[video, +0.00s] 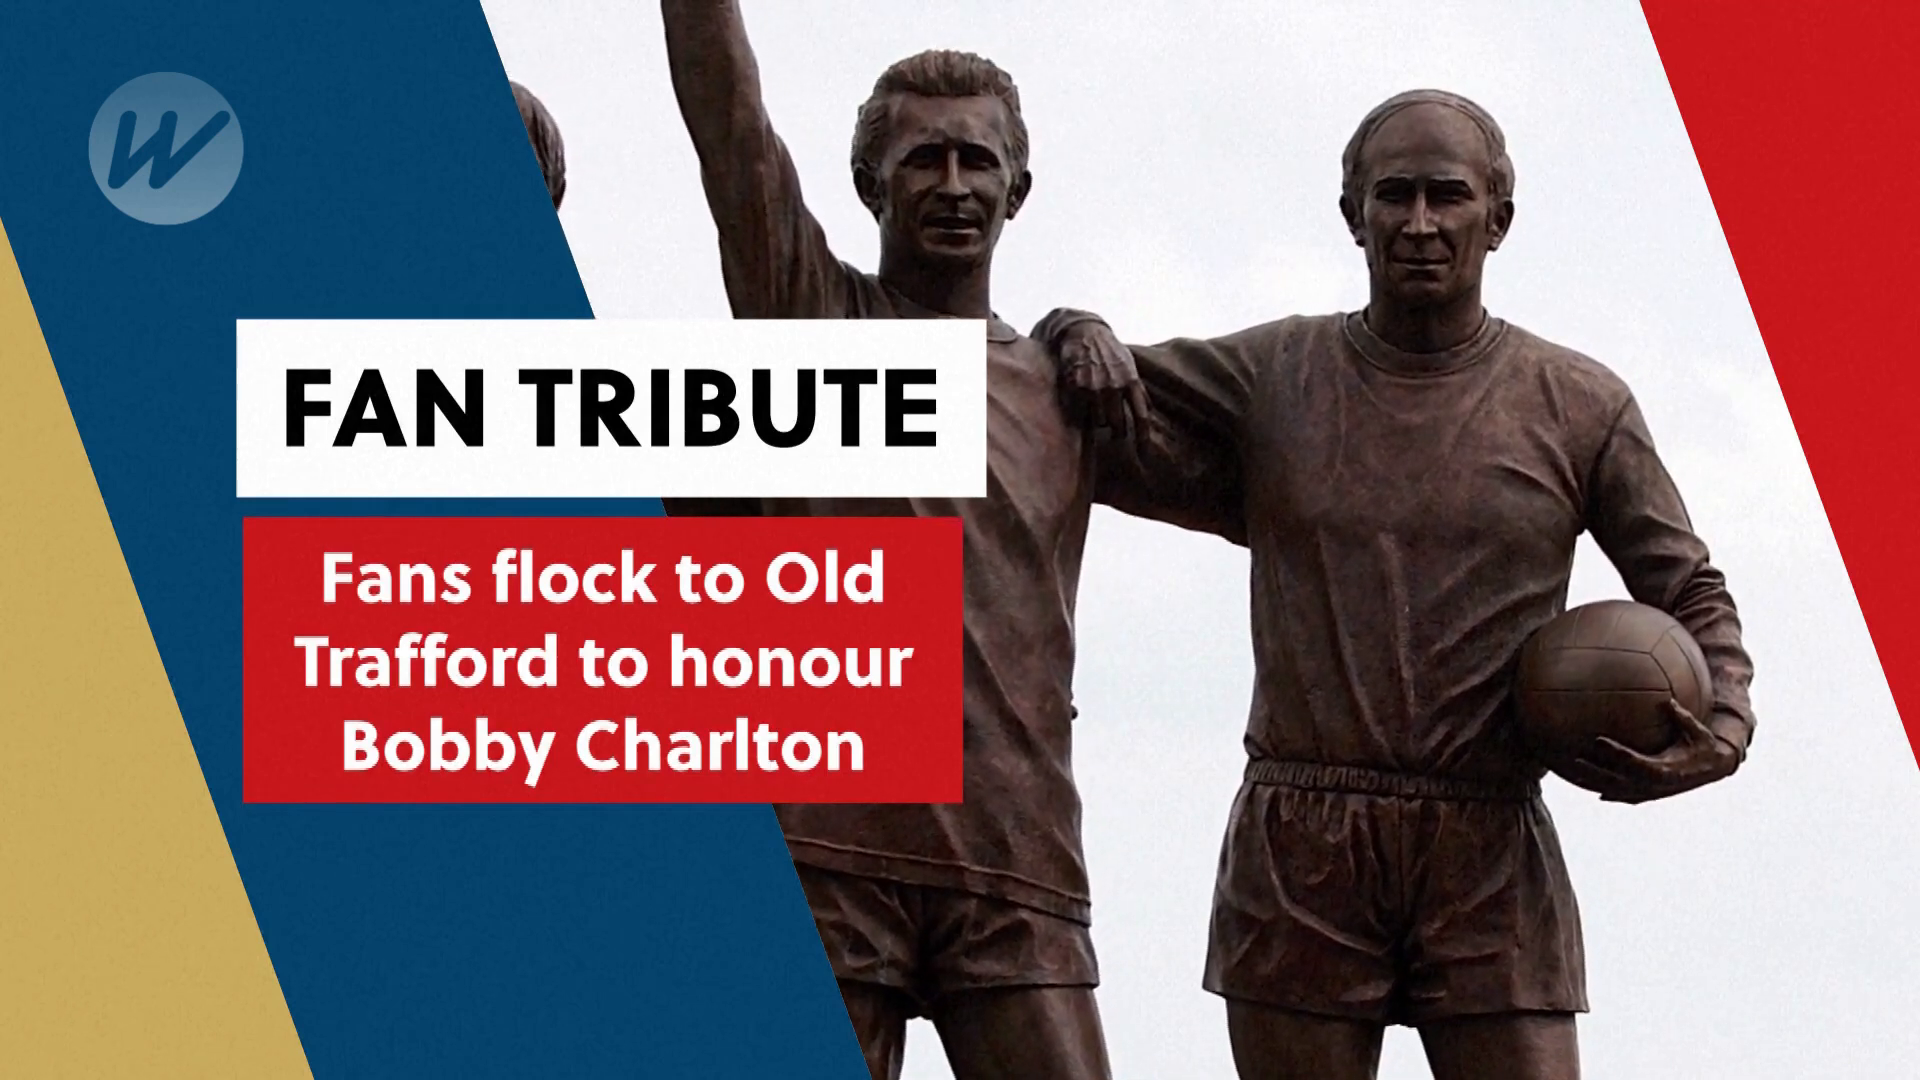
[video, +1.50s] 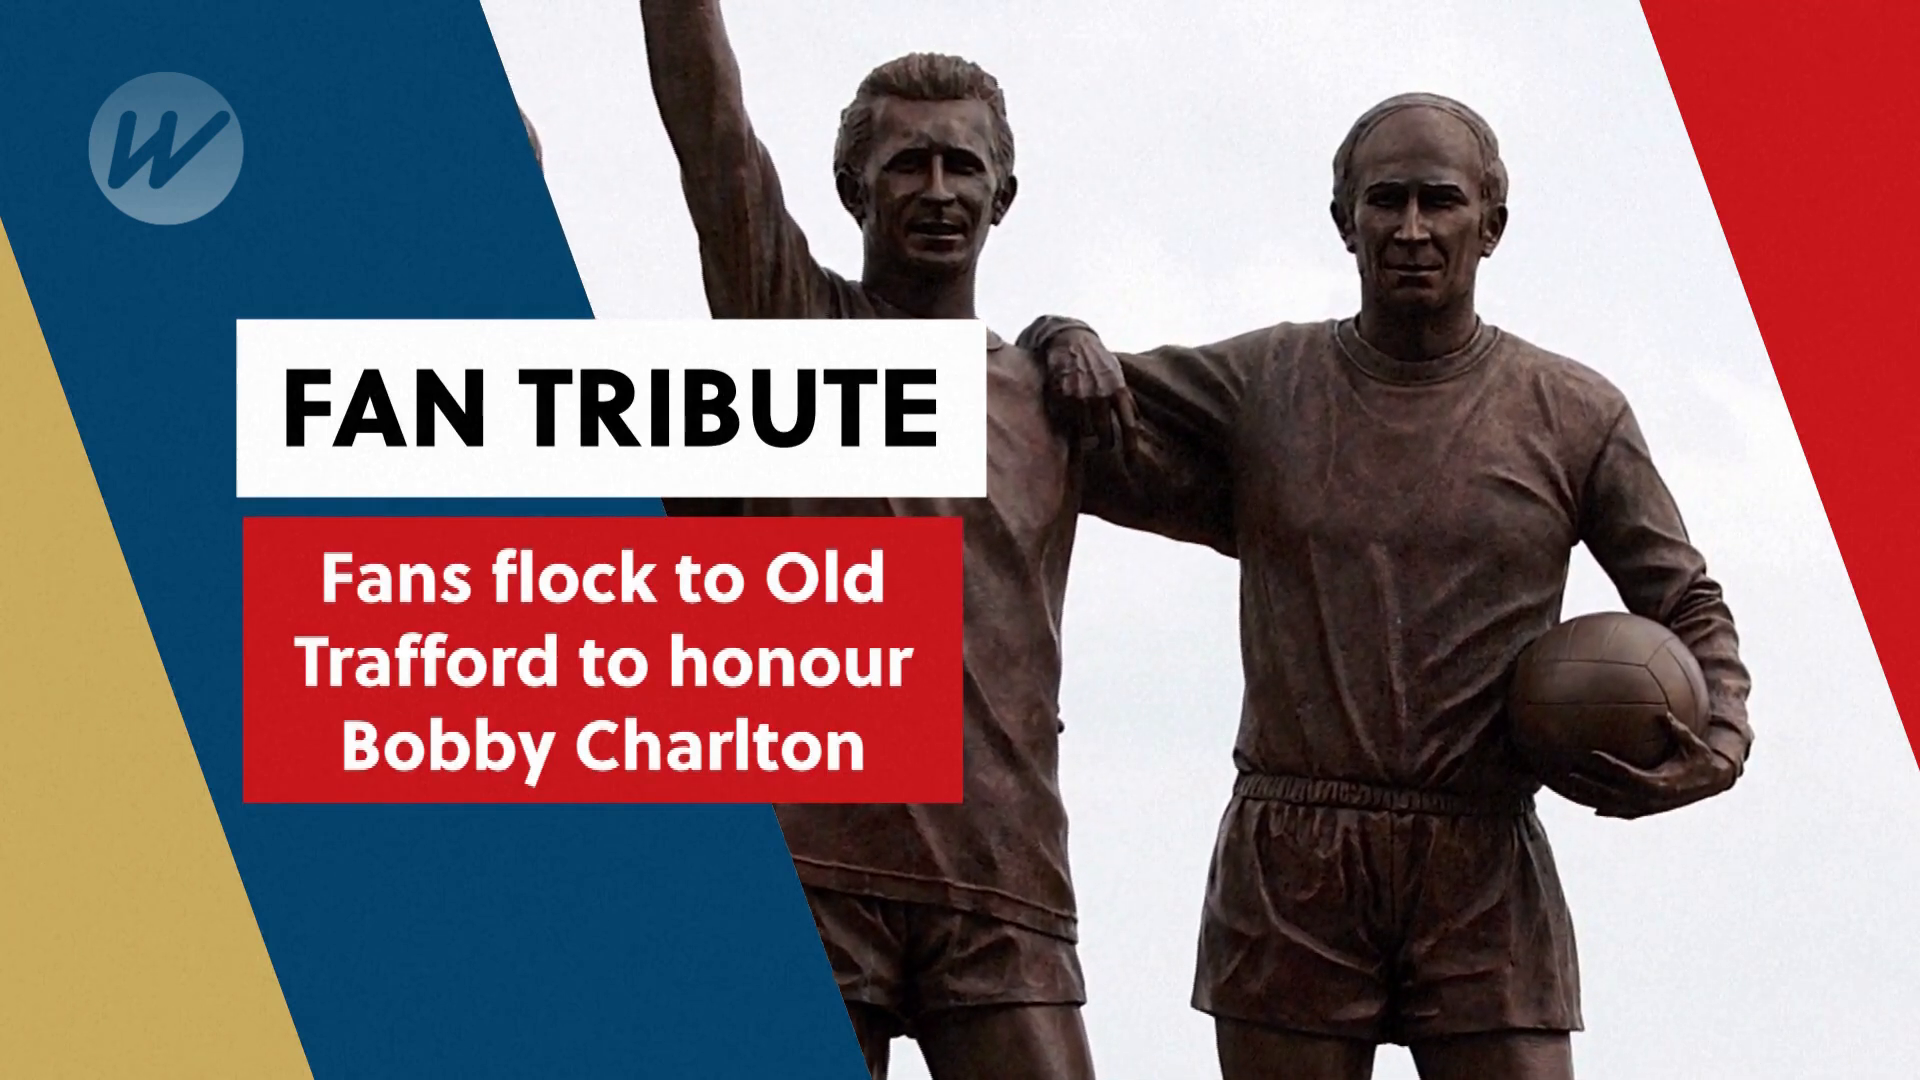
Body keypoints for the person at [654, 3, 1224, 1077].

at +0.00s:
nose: (955, 183)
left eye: (979, 159)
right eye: (924, 159)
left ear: (1017, 187)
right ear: (870, 183)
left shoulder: (1070, 393)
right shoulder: (808, 319)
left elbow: (1270, 487)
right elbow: (729, 125)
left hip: (1017, 867)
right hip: (824, 862)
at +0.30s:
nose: (950, 183)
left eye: (975, 159)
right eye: (920, 160)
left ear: (1013, 188)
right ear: (867, 187)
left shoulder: (1067, 393)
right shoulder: (805, 322)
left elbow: (1274, 491)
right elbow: (726, 131)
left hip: (1014, 870)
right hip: (820, 866)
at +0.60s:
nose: (947, 184)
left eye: (972, 161)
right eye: (917, 160)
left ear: (1010, 191)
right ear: (864, 187)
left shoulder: (1062, 397)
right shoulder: (799, 324)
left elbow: (1269, 491)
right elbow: (720, 124)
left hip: (1010, 874)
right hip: (817, 871)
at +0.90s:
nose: (945, 184)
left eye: (970, 161)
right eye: (915, 161)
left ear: (1008, 192)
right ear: (861, 188)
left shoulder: (1061, 398)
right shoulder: (796, 324)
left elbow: (1268, 495)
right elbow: (714, 121)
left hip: (1009, 874)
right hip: (816, 872)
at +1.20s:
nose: (943, 187)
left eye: (967, 163)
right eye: (912, 163)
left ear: (1005, 193)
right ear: (858, 189)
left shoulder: (1060, 403)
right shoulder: (792, 326)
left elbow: (1265, 502)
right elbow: (711, 125)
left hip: (1005, 879)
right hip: (812, 876)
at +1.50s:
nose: (938, 188)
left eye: (963, 164)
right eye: (906, 163)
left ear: (1002, 195)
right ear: (854, 191)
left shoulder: (1053, 398)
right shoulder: (788, 327)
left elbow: (1261, 501)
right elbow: (710, 135)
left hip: (1003, 882)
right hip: (809, 880)